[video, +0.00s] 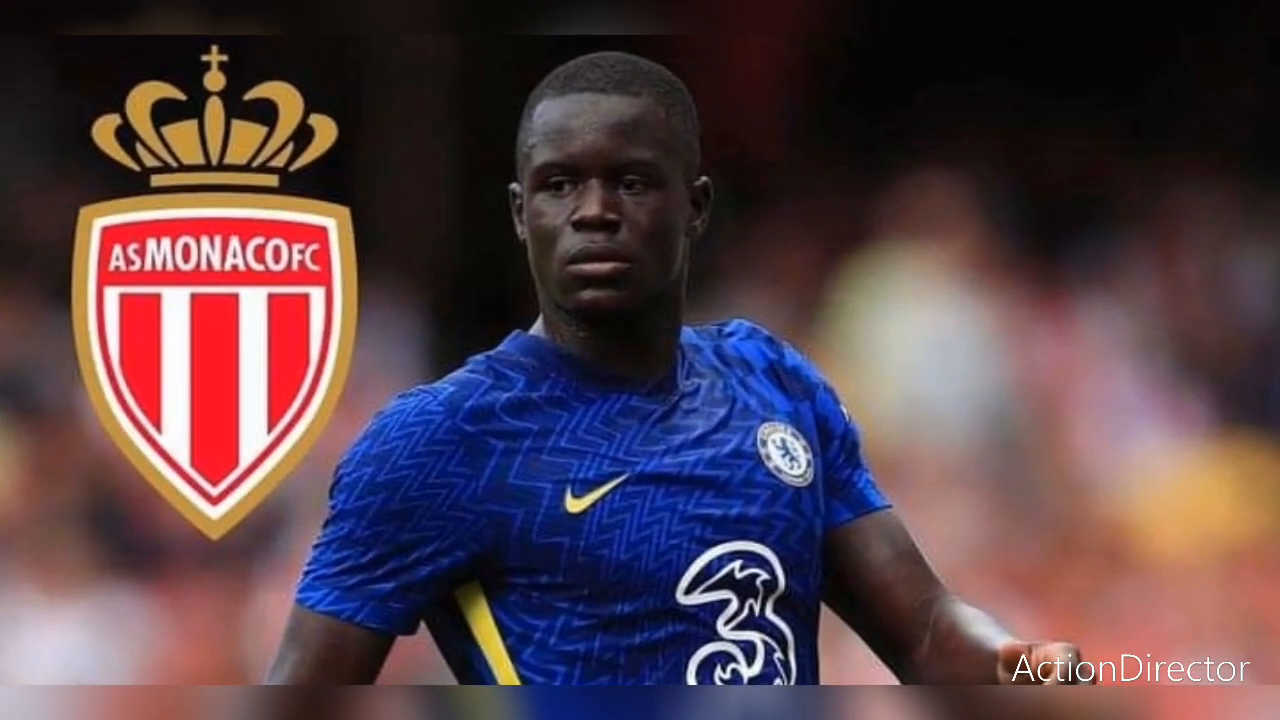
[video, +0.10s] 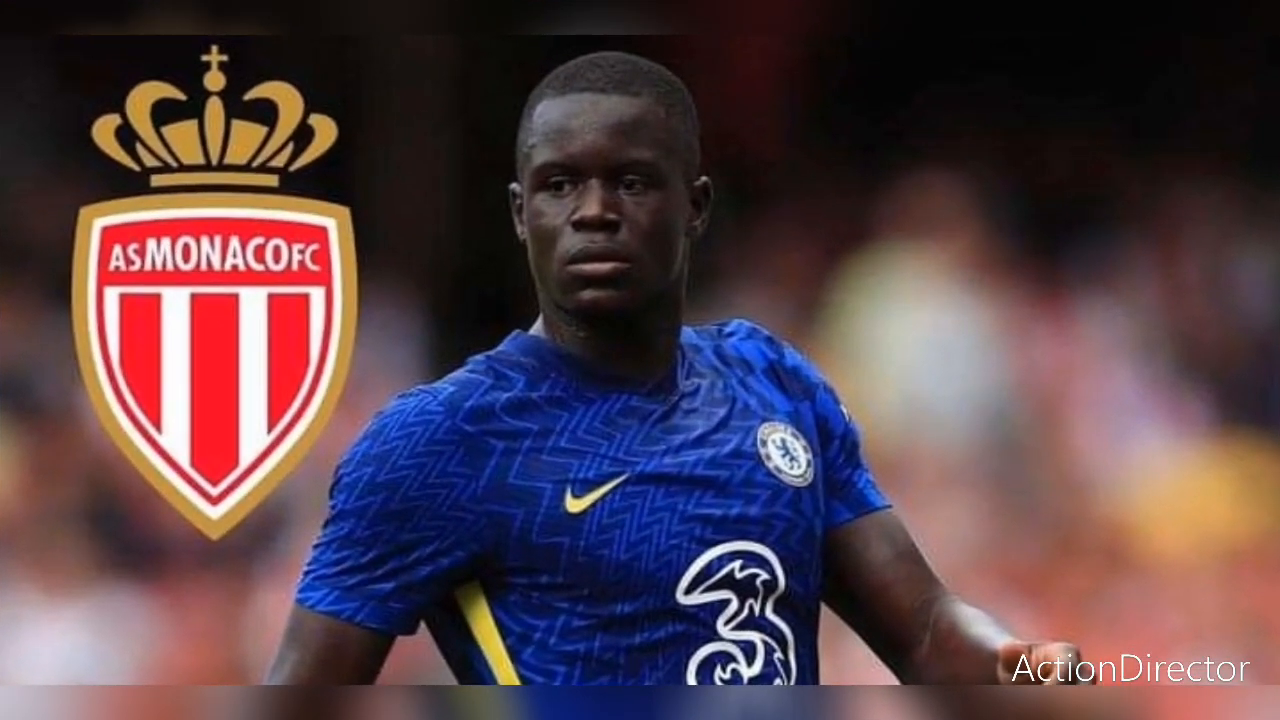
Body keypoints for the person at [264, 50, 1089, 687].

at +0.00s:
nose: (596, 209)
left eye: (633, 178)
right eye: (560, 181)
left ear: (697, 208)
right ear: (522, 215)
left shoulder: (770, 384)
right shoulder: (432, 445)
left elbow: (920, 625)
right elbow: (302, 691)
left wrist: (1019, 674)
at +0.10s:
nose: (596, 209)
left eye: (633, 178)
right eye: (560, 181)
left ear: (697, 208)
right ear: (522, 215)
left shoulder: (770, 384)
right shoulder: (432, 445)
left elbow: (920, 625)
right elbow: (302, 691)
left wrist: (1019, 674)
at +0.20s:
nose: (596, 209)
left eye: (633, 178)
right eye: (560, 181)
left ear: (697, 208)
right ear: (522, 215)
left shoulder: (770, 384)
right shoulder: (432, 445)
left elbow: (920, 625)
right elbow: (302, 691)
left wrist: (1019, 674)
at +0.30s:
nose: (594, 210)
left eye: (633, 178)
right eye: (559, 181)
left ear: (697, 209)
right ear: (522, 216)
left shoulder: (770, 385)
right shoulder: (434, 443)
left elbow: (922, 627)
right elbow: (301, 690)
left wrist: (1018, 674)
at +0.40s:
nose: (594, 210)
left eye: (633, 178)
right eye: (559, 181)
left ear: (697, 209)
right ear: (522, 216)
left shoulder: (770, 385)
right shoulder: (434, 443)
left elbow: (922, 627)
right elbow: (301, 690)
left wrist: (1018, 674)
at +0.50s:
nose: (594, 210)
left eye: (633, 178)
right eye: (559, 181)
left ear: (697, 209)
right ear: (522, 216)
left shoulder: (770, 385)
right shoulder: (434, 443)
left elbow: (922, 627)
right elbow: (301, 690)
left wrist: (1018, 674)